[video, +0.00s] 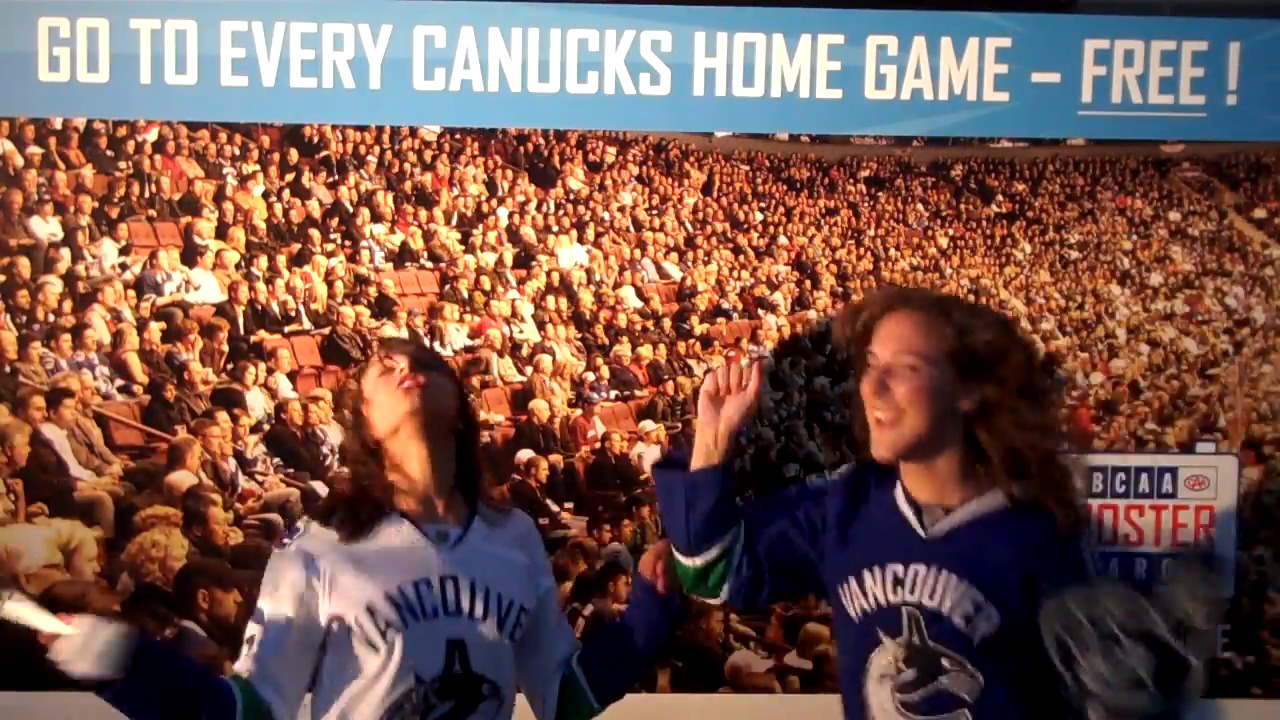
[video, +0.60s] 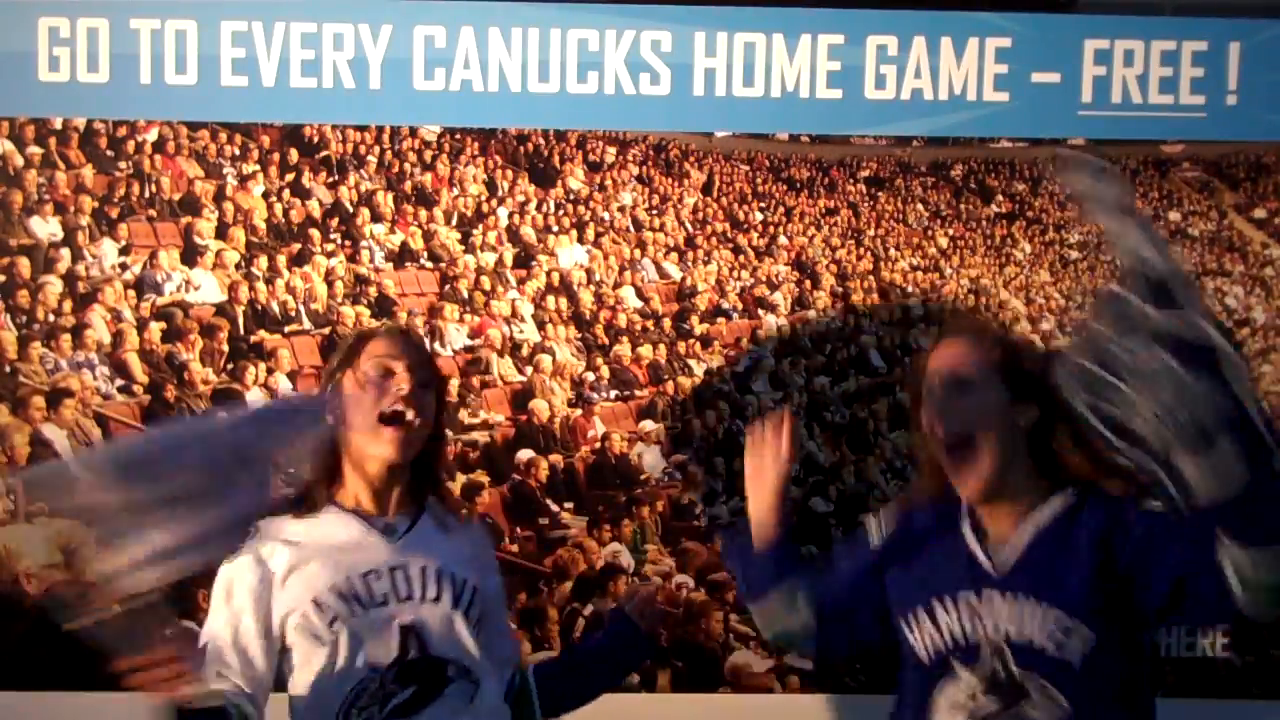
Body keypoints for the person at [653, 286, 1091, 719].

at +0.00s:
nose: (872, 386)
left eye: (903, 368)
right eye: (870, 367)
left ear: (968, 389)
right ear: (861, 380)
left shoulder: (1036, 533)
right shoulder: (843, 508)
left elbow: (1087, 679)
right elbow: (713, 572)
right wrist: (711, 436)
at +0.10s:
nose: (896, 435)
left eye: (925, 417)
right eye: (891, 413)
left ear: (987, 439)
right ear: (876, 422)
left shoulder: (1061, 586)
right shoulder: (860, 553)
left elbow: (1094, 706)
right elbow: (722, 604)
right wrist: (713, 475)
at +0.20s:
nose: (918, 432)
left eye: (942, 415)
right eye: (907, 417)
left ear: (999, 438)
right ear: (895, 440)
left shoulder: (1081, 579)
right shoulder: (869, 558)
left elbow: (1133, 699)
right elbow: (750, 664)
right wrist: (721, 535)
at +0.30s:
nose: (937, 388)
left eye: (959, 370)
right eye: (918, 379)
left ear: (1008, 397)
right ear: (900, 414)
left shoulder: (1096, 533)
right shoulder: (877, 542)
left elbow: (1211, 640)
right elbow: (833, 680)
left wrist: (1227, 510)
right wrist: (730, 627)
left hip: (1051, 713)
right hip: (913, 716)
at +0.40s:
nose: (962, 422)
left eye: (976, 398)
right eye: (939, 413)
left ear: (1023, 411)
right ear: (924, 453)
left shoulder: (1118, 540)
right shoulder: (908, 578)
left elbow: (1255, 505)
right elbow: (872, 703)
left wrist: (1193, 400)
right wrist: (748, 677)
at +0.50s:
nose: (958, 454)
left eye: (979, 431)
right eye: (942, 446)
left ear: (1037, 446)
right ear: (934, 478)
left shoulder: (1123, 570)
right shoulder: (923, 596)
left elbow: (1230, 504)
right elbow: (858, 710)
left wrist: (1135, 383)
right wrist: (774, 646)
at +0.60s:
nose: (937, 415)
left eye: (962, 389)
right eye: (926, 397)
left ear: (1024, 406)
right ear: (919, 422)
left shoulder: (1115, 536)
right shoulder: (908, 543)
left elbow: (1252, 591)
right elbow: (792, 625)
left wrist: (1213, 443)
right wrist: (764, 513)